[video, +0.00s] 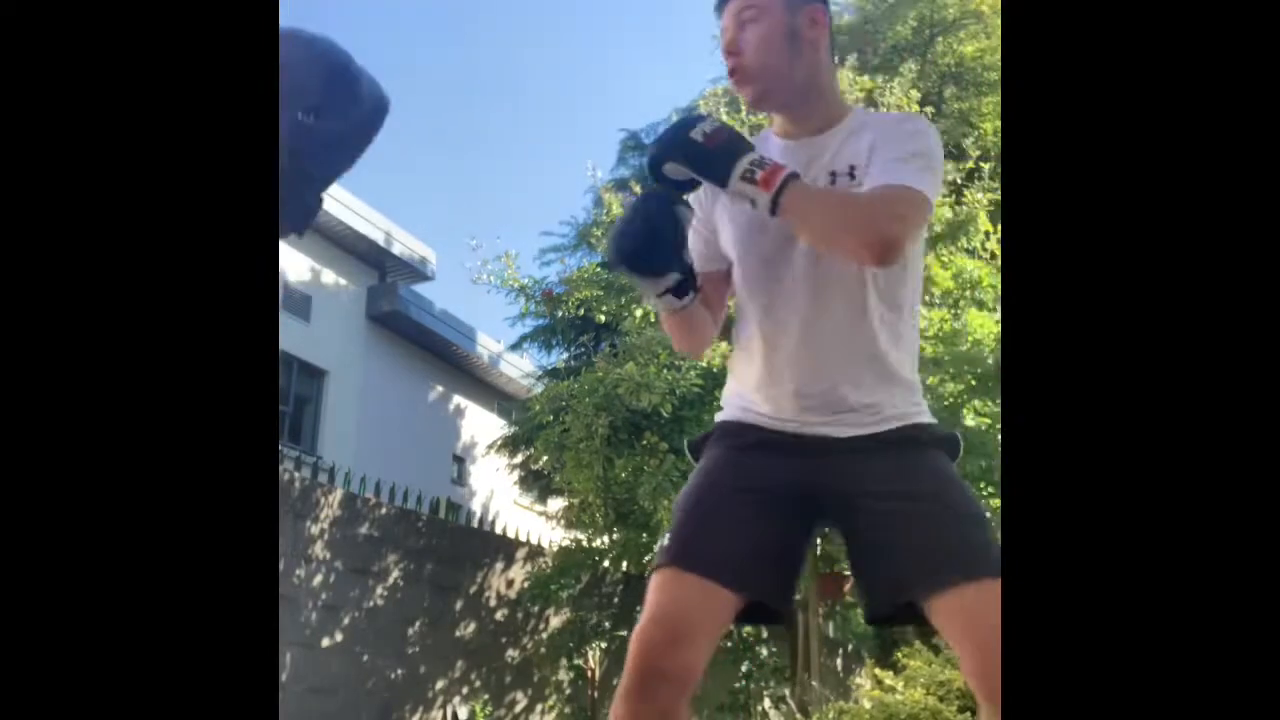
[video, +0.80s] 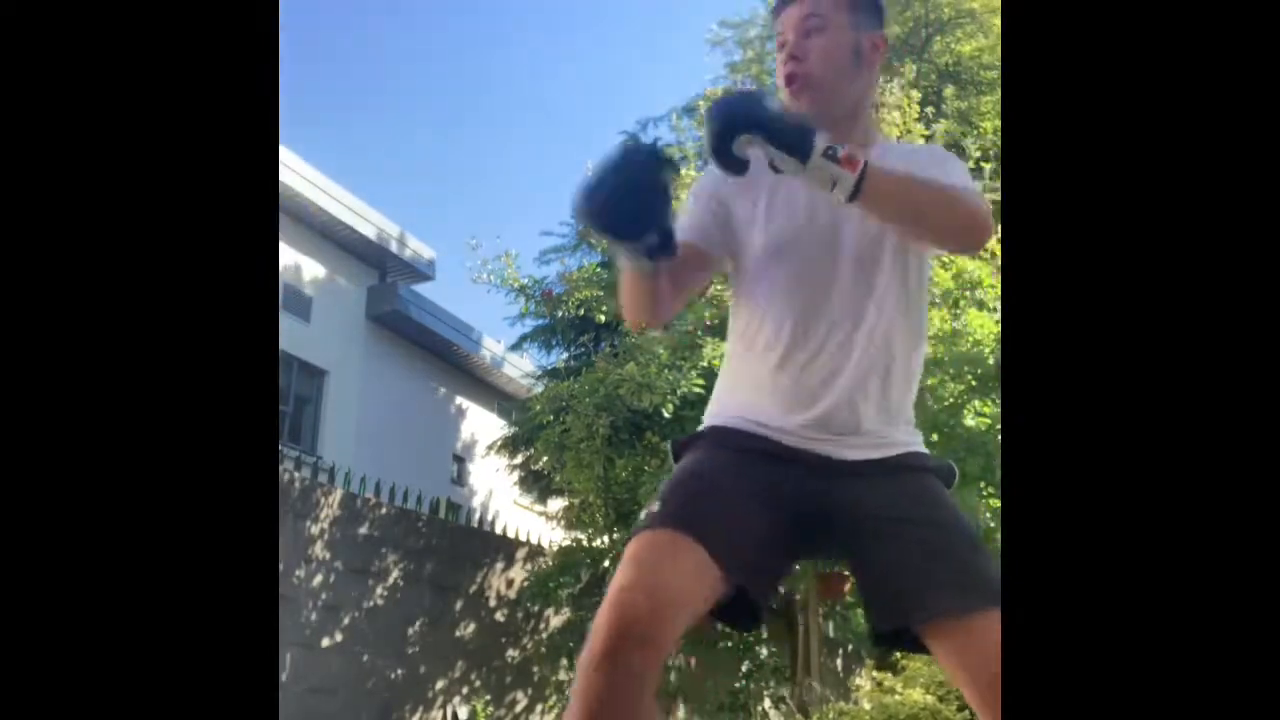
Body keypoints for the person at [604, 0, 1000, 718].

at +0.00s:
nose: (727, 51)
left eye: (745, 24)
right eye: (724, 37)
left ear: (813, 25)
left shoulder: (899, 134)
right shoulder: (722, 177)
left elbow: (882, 237)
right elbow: (695, 337)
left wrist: (744, 171)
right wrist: (664, 275)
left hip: (890, 434)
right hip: (754, 435)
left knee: (997, 662)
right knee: (656, 666)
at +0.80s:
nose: (787, 54)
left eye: (813, 32)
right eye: (780, 41)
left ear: (874, 51)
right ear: (771, 63)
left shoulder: (922, 165)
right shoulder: (737, 176)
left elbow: (972, 230)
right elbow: (646, 312)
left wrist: (814, 155)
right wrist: (639, 239)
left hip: (884, 455)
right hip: (747, 442)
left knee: (995, 677)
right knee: (624, 632)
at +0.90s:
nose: (698, 25)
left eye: (722, 6)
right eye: (692, 13)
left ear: (784, 21)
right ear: (689, 37)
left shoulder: (845, 142)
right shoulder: (664, 134)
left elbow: (964, 162)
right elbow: (500, 177)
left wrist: (868, 73)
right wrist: (470, 59)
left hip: (828, 451)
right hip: (692, 440)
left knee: (937, 685)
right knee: (591, 653)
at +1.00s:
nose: (632, 17)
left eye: (655, 0)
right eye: (627, 7)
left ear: (721, 17)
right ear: (621, 29)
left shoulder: (772, 144)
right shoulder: (599, 121)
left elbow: (900, 139)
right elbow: (438, 133)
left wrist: (819, 40)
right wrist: (416, 17)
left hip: (747, 441)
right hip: (624, 427)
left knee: (868, 677)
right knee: (558, 641)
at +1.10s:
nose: (644, 20)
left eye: (667, 7)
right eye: (624, 9)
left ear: (705, 19)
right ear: (605, 24)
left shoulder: (737, 142)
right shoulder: (576, 117)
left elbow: (825, 206)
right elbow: (439, 228)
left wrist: (721, 103)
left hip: (695, 431)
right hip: (577, 408)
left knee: (794, 679)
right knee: (510, 636)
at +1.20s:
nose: (618, 38)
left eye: (639, 19)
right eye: (609, 28)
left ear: (696, 34)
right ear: (600, 48)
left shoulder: (731, 167)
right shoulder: (565, 138)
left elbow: (761, 264)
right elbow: (463, 273)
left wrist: (644, 165)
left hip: (659, 434)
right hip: (551, 401)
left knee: (709, 690)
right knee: (508, 637)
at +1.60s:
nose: (598, 105)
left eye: (622, 92)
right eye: (589, 97)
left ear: (666, 119)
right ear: (577, 119)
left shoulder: (673, 227)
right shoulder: (526, 187)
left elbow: (701, 285)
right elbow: (397, 290)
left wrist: (593, 197)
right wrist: (438, 259)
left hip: (587, 459)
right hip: (484, 416)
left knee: (634, 697)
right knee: (421, 617)